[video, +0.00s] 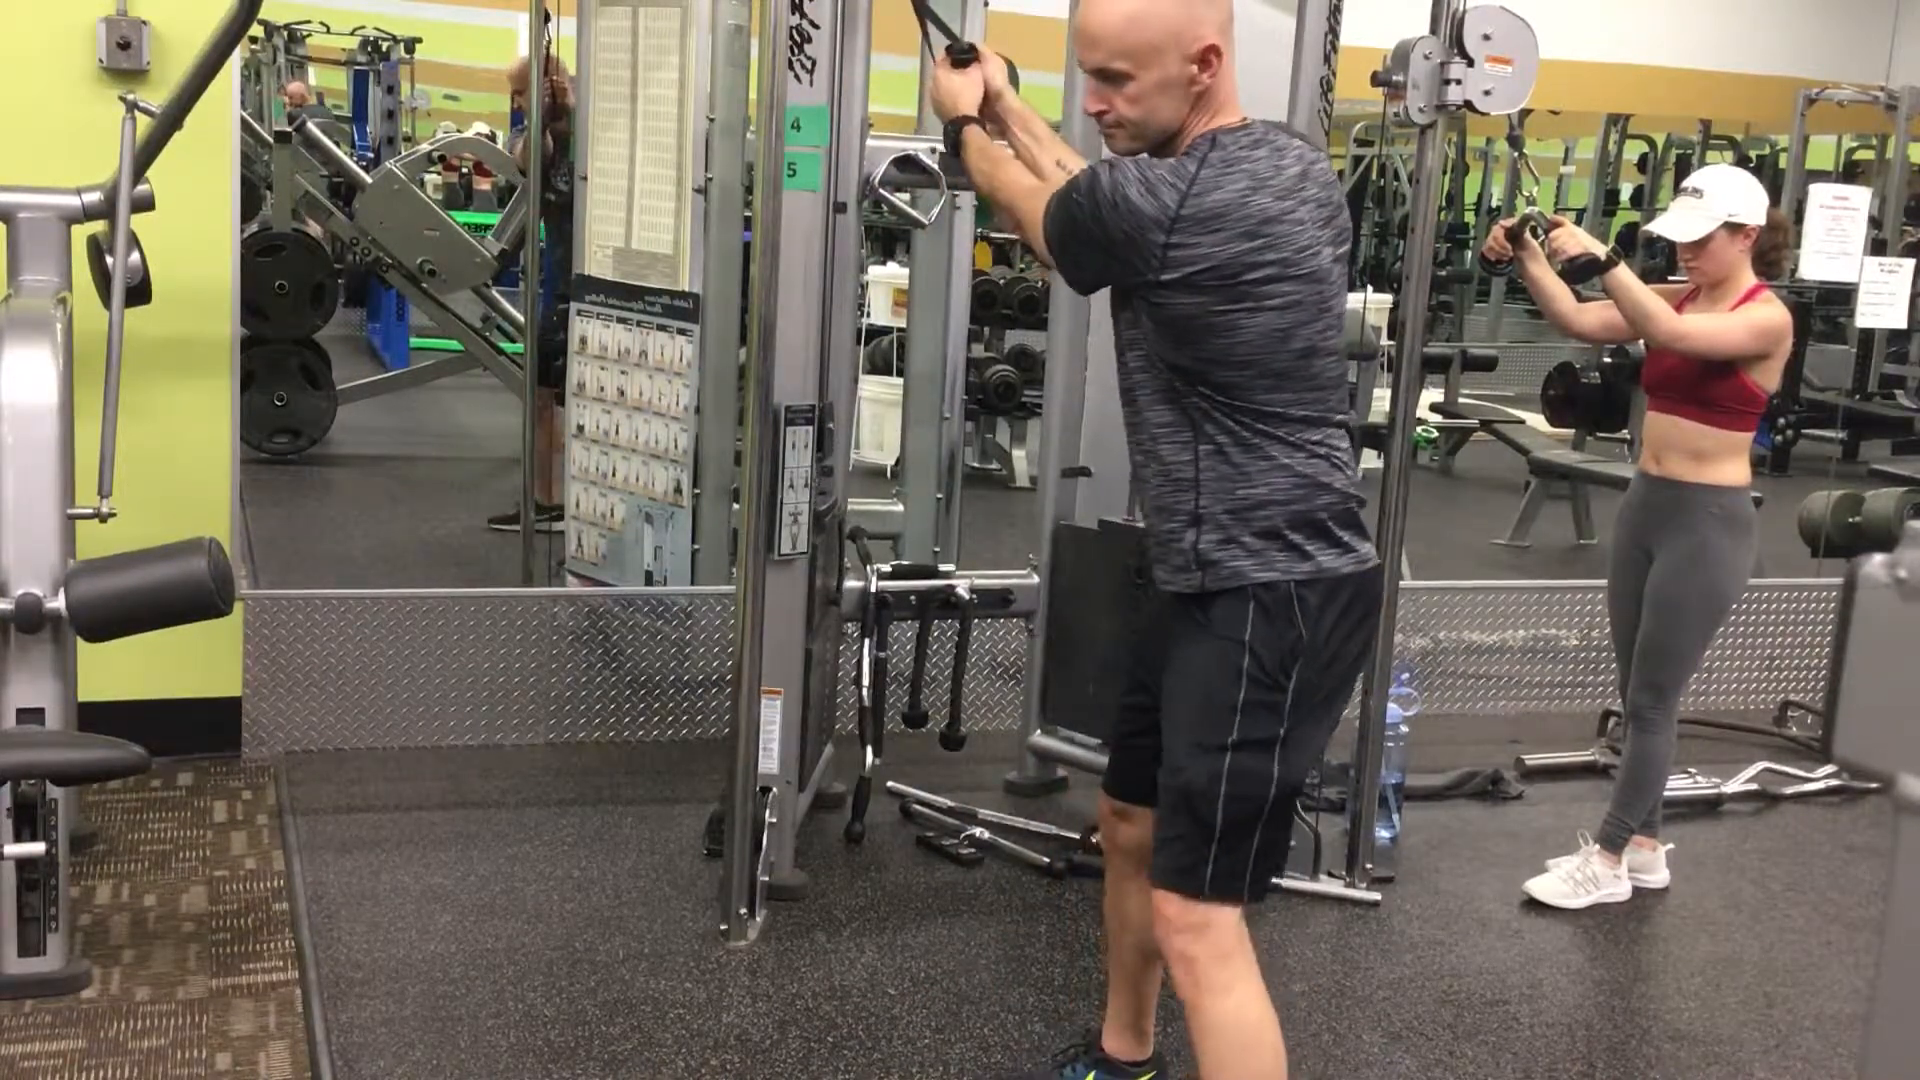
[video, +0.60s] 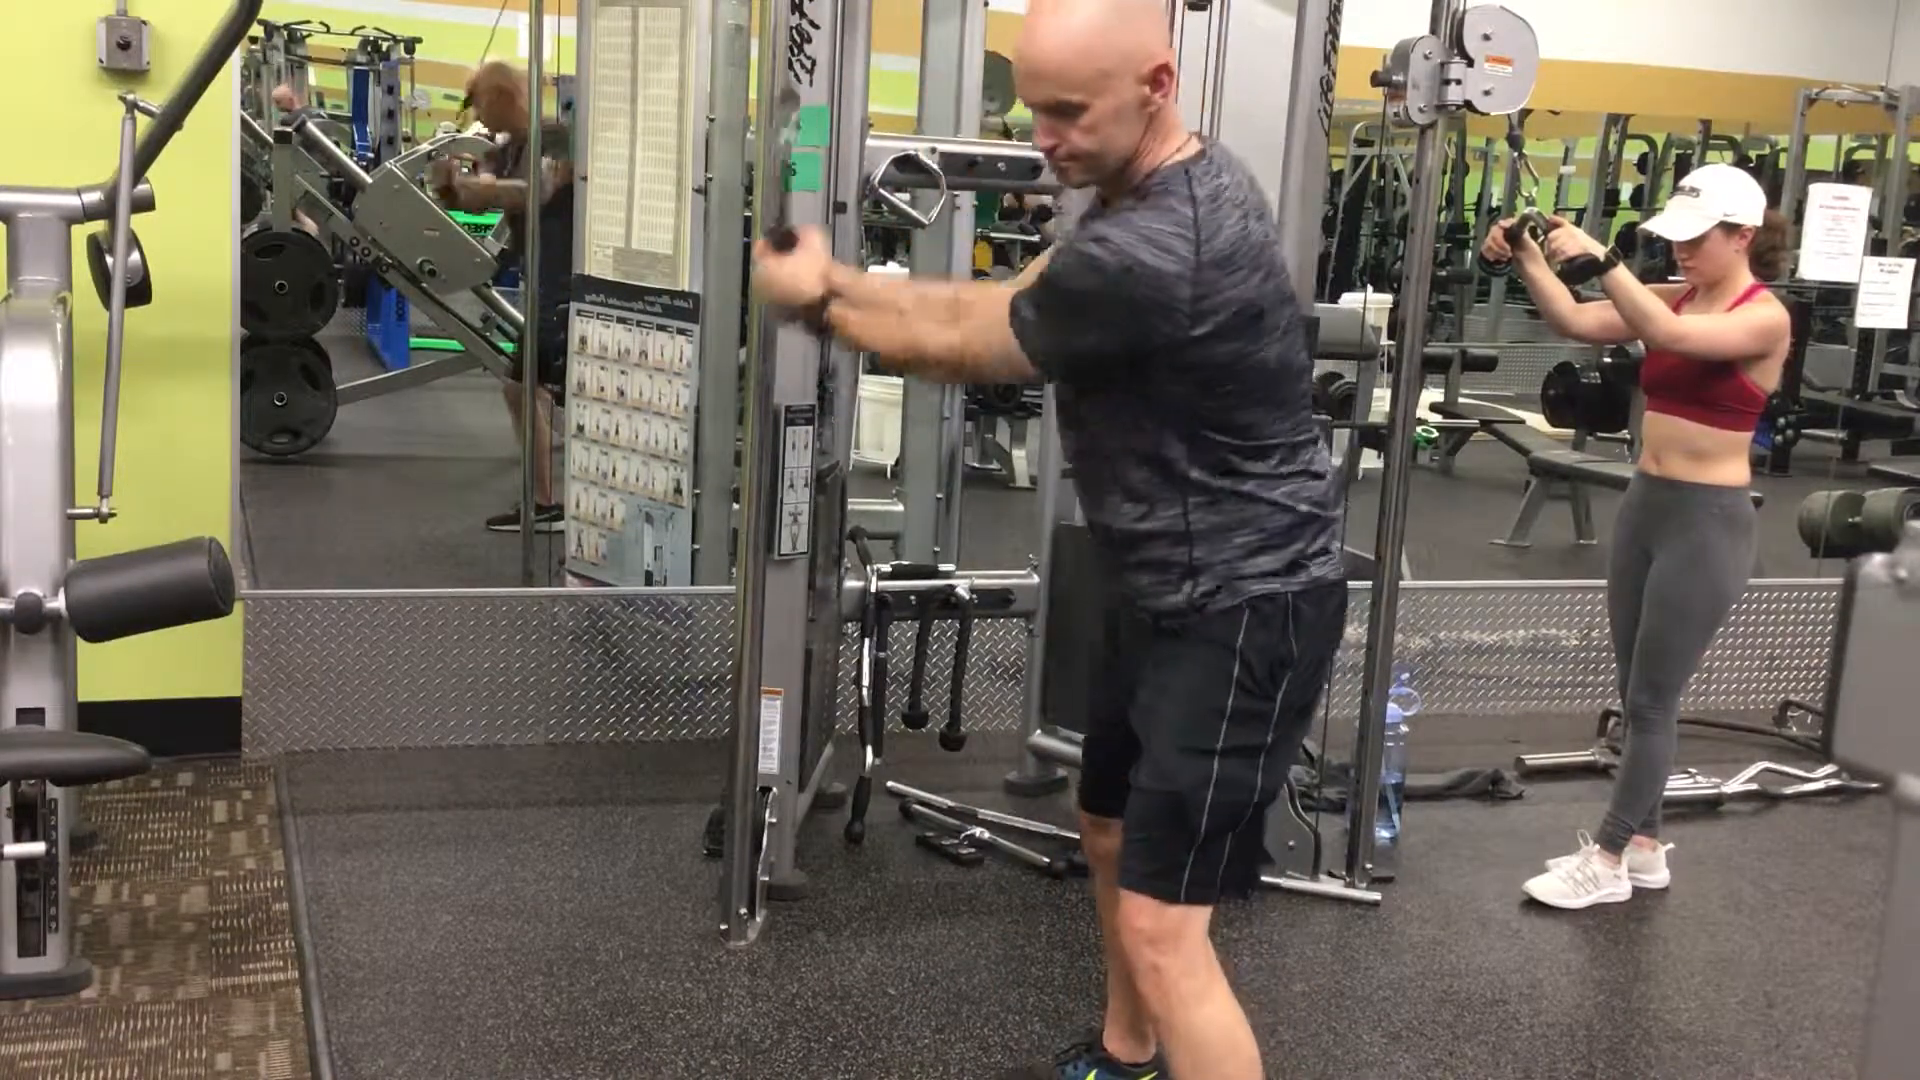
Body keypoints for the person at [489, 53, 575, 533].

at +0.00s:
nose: (514, 102)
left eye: (519, 93)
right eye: (514, 94)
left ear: (539, 89)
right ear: (552, 84)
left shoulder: (547, 131)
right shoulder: (572, 124)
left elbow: (526, 168)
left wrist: (487, 142)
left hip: (557, 278)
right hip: (568, 274)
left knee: (543, 397)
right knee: (549, 397)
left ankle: (547, 499)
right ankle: (548, 498)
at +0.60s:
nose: (477, 114)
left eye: (481, 102)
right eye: (474, 104)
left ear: (506, 96)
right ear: (496, 101)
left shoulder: (555, 139)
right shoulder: (503, 151)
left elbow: (538, 194)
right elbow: (483, 197)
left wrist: (483, 189)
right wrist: (452, 187)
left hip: (562, 280)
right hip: (533, 279)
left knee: (522, 385)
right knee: (525, 387)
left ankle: (546, 497)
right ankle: (545, 494)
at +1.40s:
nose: (456, 165)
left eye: (457, 157)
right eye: (455, 158)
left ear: (466, 155)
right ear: (498, 149)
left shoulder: (468, 197)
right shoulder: (536, 177)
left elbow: (461, 290)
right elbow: (526, 263)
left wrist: (452, 335)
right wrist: (481, 321)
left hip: (545, 296)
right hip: (586, 286)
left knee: (543, 415)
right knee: (545, 405)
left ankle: (560, 508)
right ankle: (541, 502)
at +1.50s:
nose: (459, 174)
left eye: (459, 167)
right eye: (457, 167)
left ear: (467, 166)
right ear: (502, 157)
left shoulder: (470, 208)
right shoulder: (542, 189)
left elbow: (468, 285)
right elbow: (534, 275)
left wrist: (471, 340)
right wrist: (498, 329)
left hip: (539, 307)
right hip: (581, 298)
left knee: (541, 421)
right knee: (556, 415)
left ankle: (562, 506)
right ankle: (540, 501)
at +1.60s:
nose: (466, 192)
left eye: (466, 184)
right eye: (465, 184)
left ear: (475, 183)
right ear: (506, 173)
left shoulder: (472, 226)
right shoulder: (552, 206)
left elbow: (476, 305)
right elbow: (577, 260)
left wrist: (485, 357)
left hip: (535, 320)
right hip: (581, 312)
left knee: (542, 427)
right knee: (554, 421)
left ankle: (561, 507)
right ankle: (541, 502)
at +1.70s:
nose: (471, 207)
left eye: (471, 201)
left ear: (474, 200)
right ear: (512, 192)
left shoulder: (471, 239)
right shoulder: (552, 216)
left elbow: (480, 317)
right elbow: (574, 272)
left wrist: (492, 368)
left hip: (531, 326)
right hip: (579, 318)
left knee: (539, 431)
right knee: (558, 423)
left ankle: (557, 507)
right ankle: (542, 502)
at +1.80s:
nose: (474, 216)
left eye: (472, 210)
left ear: (475, 210)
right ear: (513, 199)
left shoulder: (471, 248)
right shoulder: (551, 224)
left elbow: (480, 323)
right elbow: (571, 275)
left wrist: (495, 371)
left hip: (527, 328)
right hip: (577, 319)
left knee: (540, 434)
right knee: (556, 425)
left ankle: (566, 507)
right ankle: (543, 502)